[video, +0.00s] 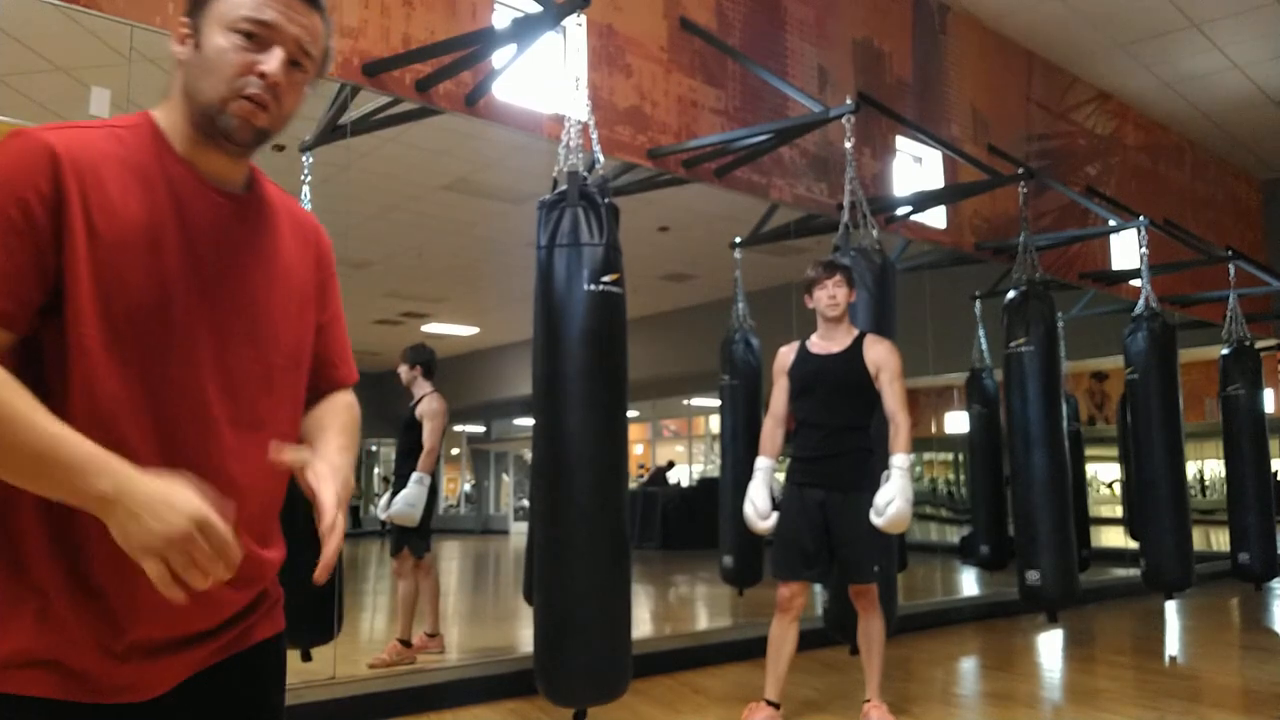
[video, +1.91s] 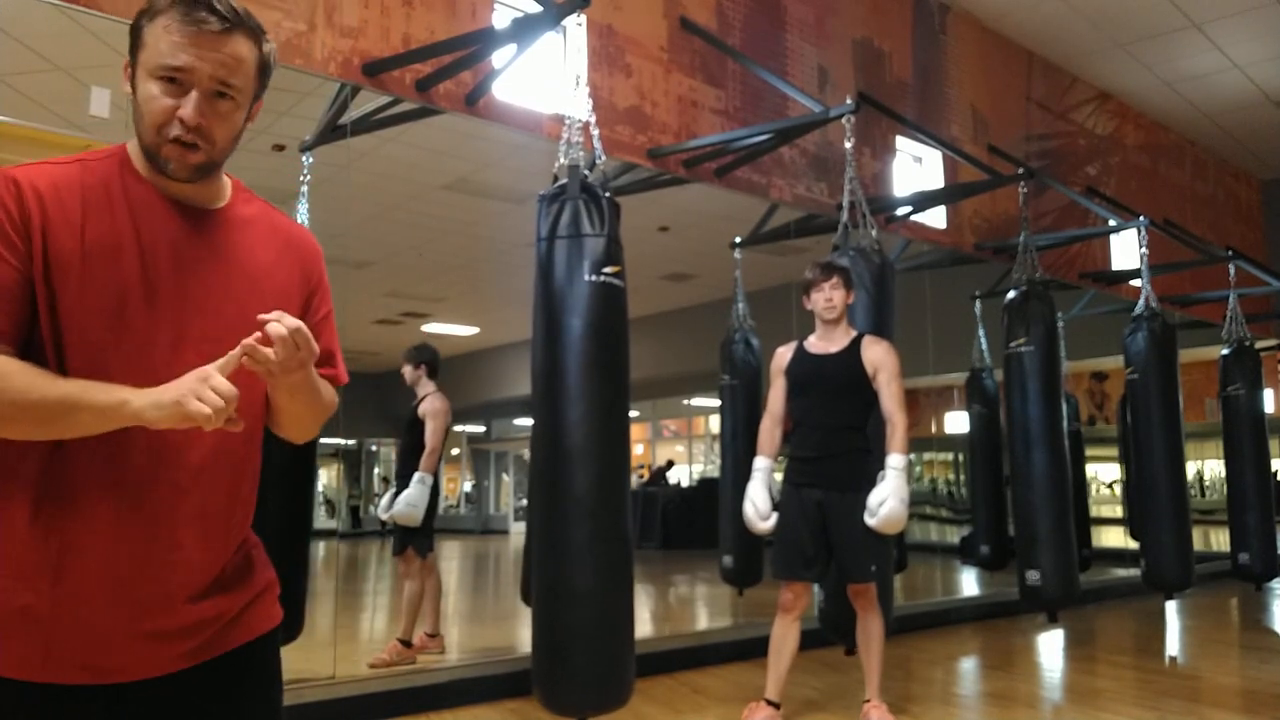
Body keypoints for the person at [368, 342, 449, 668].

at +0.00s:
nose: (398, 373)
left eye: (402, 368)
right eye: (399, 368)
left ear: (417, 369)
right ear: (418, 370)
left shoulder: (432, 402)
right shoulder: (418, 403)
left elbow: (431, 450)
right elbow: (407, 454)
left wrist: (415, 490)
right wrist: (391, 491)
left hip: (415, 487)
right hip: (408, 486)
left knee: (403, 566)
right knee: (423, 564)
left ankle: (403, 642)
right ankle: (432, 634)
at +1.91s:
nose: (403, 374)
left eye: (405, 368)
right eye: (403, 369)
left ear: (421, 369)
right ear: (421, 369)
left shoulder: (434, 402)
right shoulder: (421, 403)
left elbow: (432, 450)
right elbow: (409, 452)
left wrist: (418, 489)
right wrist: (394, 490)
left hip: (419, 485)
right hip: (411, 484)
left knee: (409, 563)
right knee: (425, 562)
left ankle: (404, 641)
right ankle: (430, 634)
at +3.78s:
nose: (346, 381)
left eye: (350, 374)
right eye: (346, 374)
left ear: (365, 379)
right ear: (360, 382)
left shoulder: (380, 419)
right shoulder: (363, 418)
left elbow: (385, 465)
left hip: (382, 494)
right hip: (362, 493)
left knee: (367, 567)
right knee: (355, 567)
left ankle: (399, 636)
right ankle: (361, 635)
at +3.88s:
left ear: (369, 385)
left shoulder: (377, 409)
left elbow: (378, 440)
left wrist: (368, 481)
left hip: (375, 487)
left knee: (358, 565)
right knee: (354, 565)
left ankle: (392, 630)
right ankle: (361, 635)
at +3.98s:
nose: (348, 391)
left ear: (363, 382)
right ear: (372, 382)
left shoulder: (369, 406)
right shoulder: (378, 407)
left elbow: (371, 444)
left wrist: (360, 485)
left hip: (374, 491)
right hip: (379, 491)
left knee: (355, 565)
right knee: (352, 564)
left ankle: (388, 626)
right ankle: (361, 634)